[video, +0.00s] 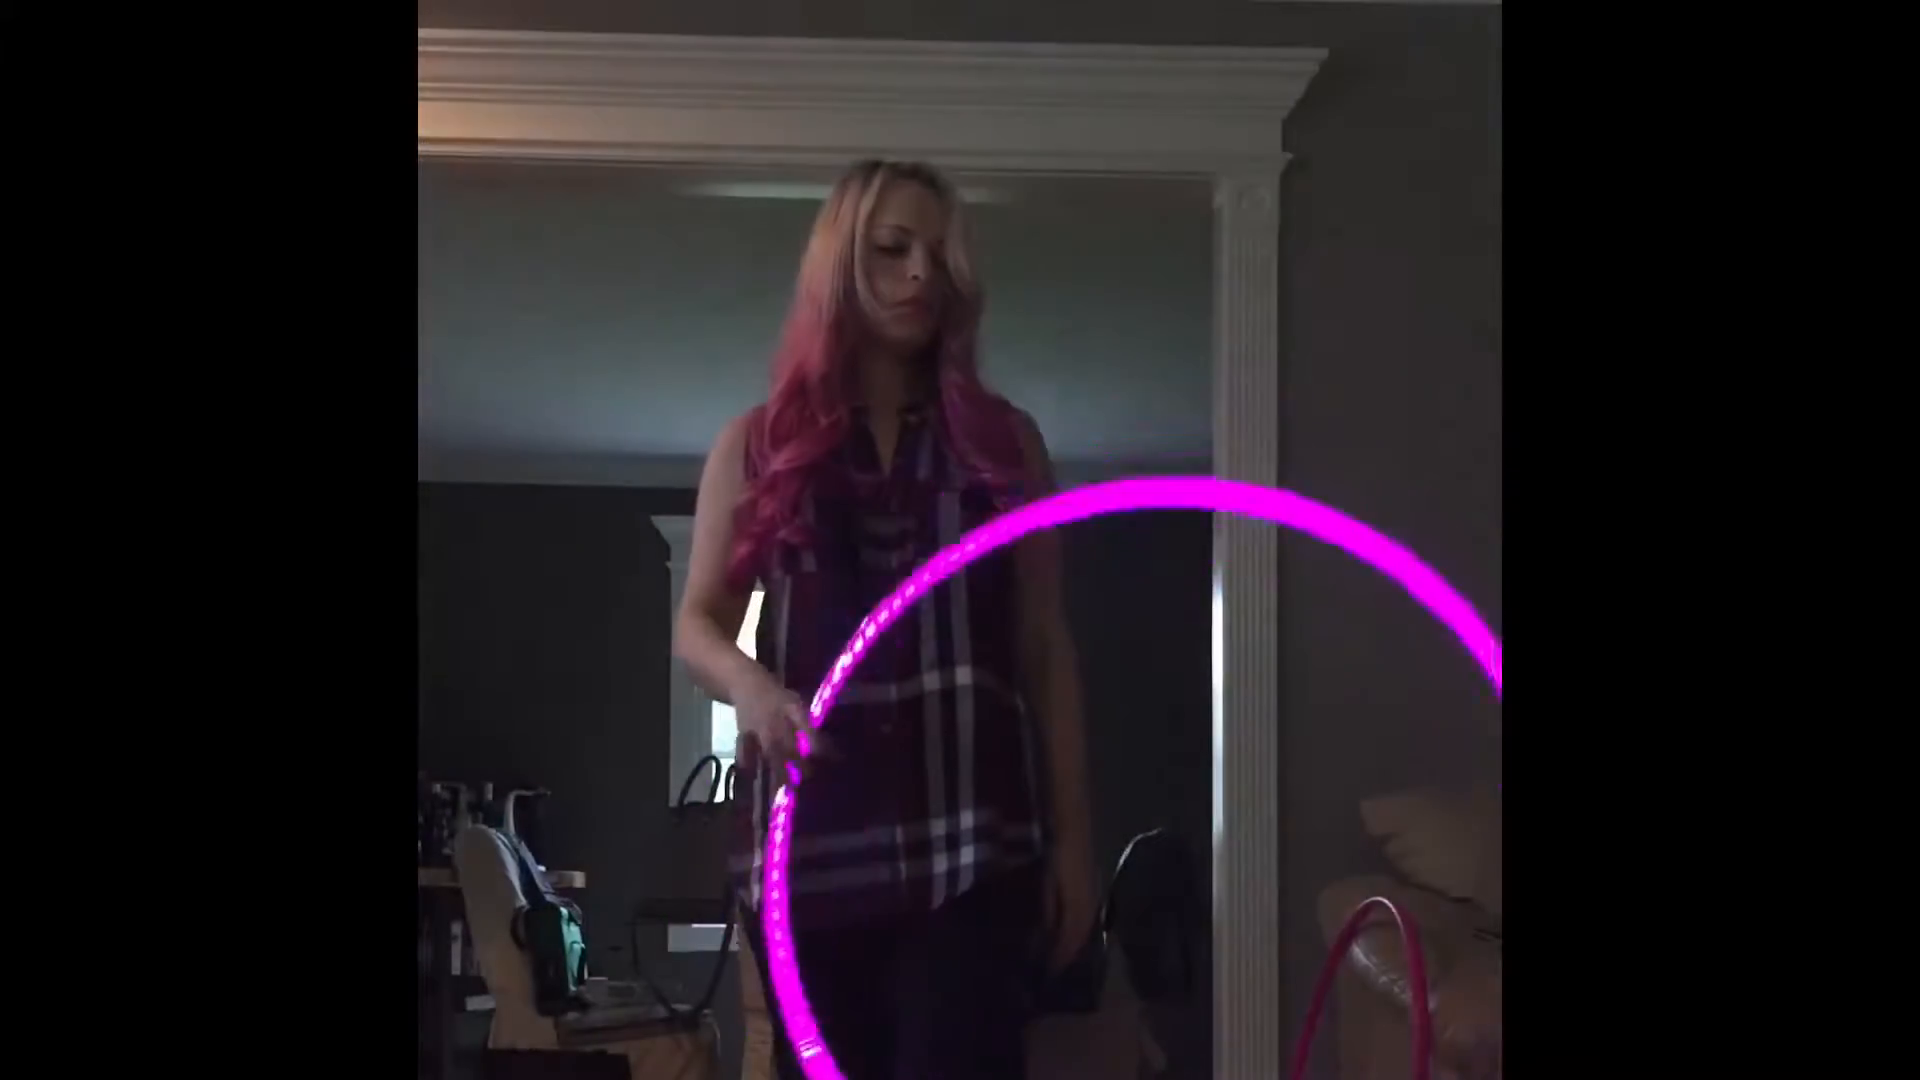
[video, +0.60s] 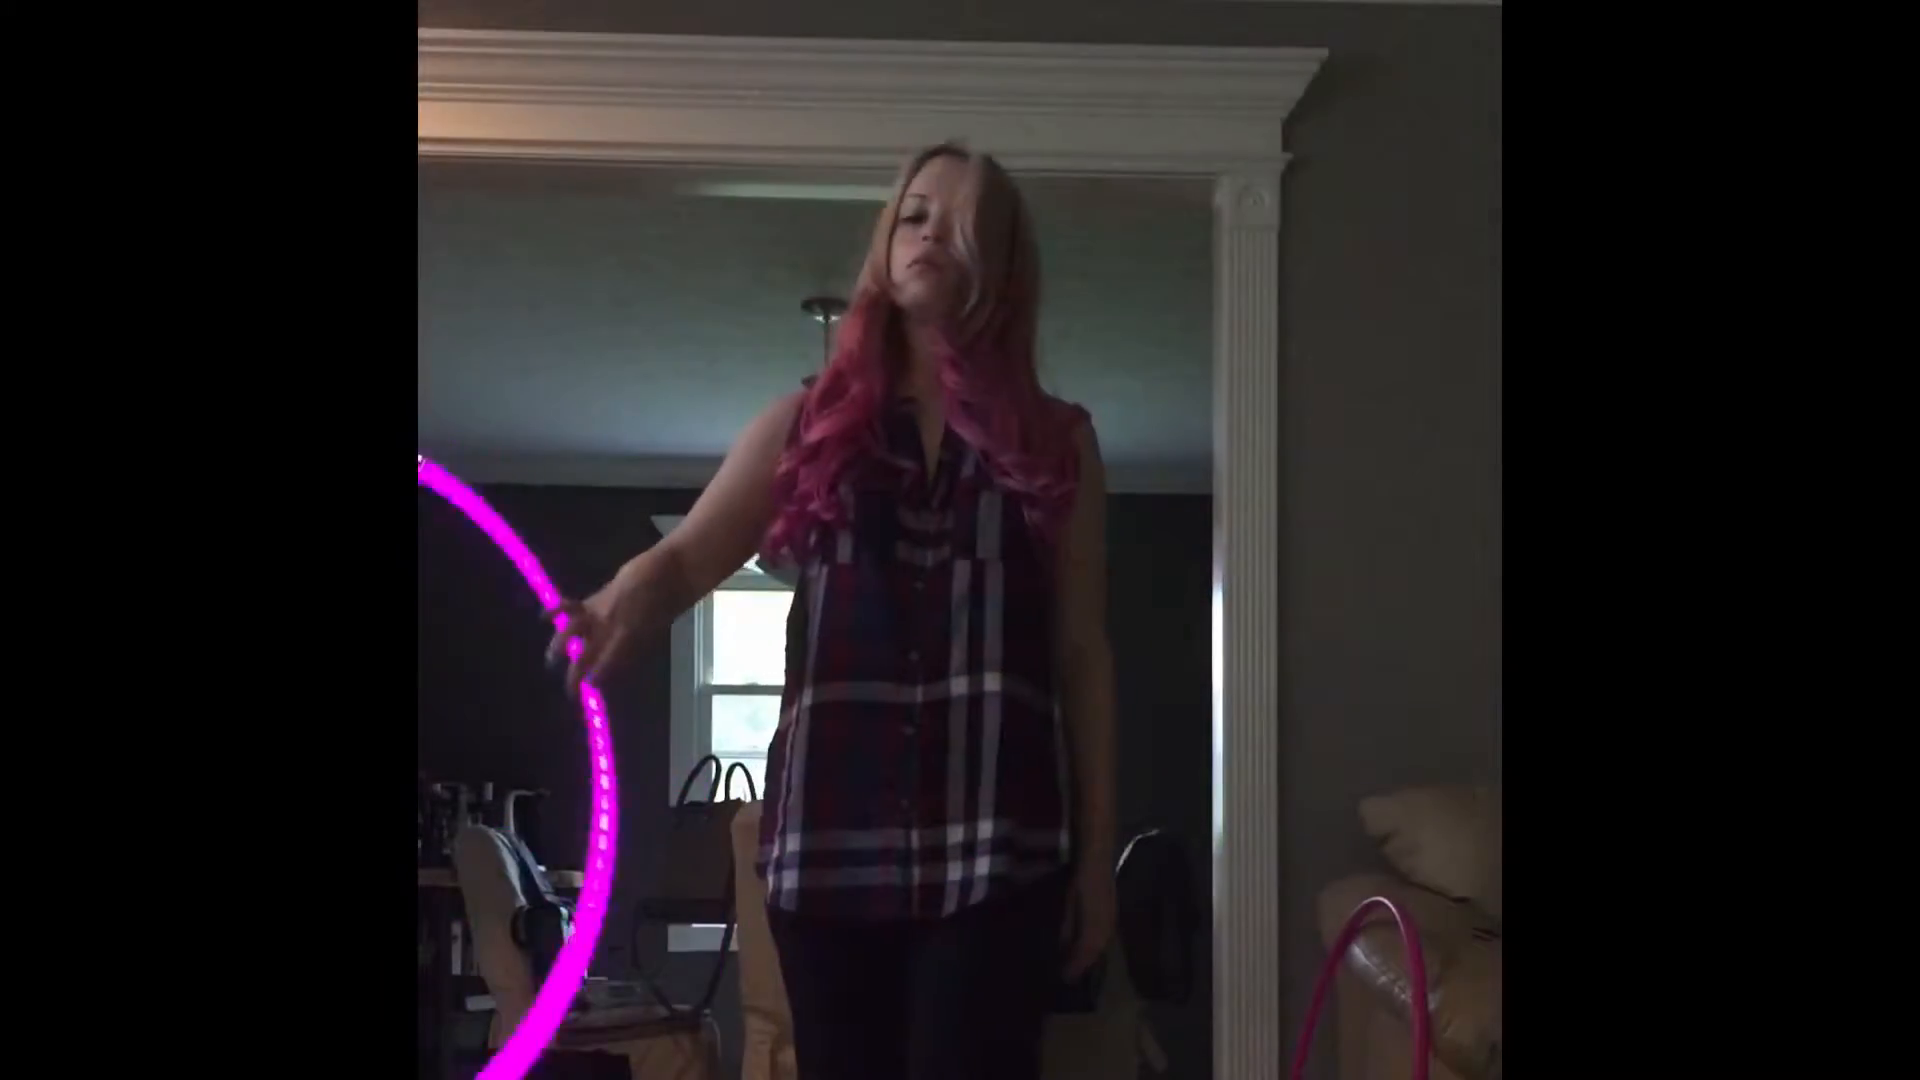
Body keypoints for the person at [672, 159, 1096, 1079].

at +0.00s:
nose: (921, 273)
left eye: (940, 252)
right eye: (893, 249)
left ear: (961, 271)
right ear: (839, 265)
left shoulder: (1005, 438)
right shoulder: (759, 444)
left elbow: (1046, 646)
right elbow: (697, 626)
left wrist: (1072, 838)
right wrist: (753, 688)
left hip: (979, 840)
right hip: (821, 843)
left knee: (972, 1058)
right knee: (833, 1064)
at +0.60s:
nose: (935, 238)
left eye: (965, 227)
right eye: (918, 218)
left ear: (1001, 267)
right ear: (884, 246)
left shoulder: (1056, 437)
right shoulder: (810, 416)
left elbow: (1084, 652)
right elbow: (691, 556)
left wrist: (1095, 856)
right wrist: (623, 605)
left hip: (998, 843)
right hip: (831, 841)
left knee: (978, 1066)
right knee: (844, 1066)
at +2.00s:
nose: (1014, 240)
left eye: (1041, 220)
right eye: (991, 222)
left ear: (1078, 251)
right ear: (957, 256)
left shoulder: (1141, 432)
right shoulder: (898, 402)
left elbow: (1175, 650)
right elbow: (825, 483)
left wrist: (1190, 846)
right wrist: (1008, 445)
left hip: (1080, 820)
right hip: (909, 811)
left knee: (1052, 1070)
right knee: (794, 1060)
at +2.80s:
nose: (999, 270)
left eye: (1023, 247)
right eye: (972, 253)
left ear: (1062, 278)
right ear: (941, 286)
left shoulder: (1117, 469)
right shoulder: (878, 438)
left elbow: (1152, 667)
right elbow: (873, 615)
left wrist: (1154, 836)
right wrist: (1055, 687)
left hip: (1061, 858)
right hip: (898, 847)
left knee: (1032, 1072)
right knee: (752, 1069)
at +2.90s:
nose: (999, 274)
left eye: (1022, 254)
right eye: (973, 259)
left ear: (1061, 285)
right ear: (943, 293)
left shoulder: (1117, 453)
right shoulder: (881, 435)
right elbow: (890, 581)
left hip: (1071, 841)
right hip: (904, 833)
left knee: (1031, 1069)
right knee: (757, 1065)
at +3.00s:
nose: (994, 275)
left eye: (1016, 253)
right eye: (971, 257)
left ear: (1063, 279)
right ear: (940, 295)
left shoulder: (1136, 454)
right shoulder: (885, 437)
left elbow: (1172, 639)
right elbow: (893, 522)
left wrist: (1092, 424)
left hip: (1063, 848)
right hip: (897, 837)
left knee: (1024, 1066)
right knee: (774, 1061)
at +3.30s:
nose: (947, 298)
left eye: (971, 274)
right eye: (933, 284)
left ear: (1036, 288)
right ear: (923, 310)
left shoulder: (1120, 414)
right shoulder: (934, 438)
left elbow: (1045, 580)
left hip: (1056, 852)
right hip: (925, 840)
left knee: (975, 1060)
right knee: (870, 1059)